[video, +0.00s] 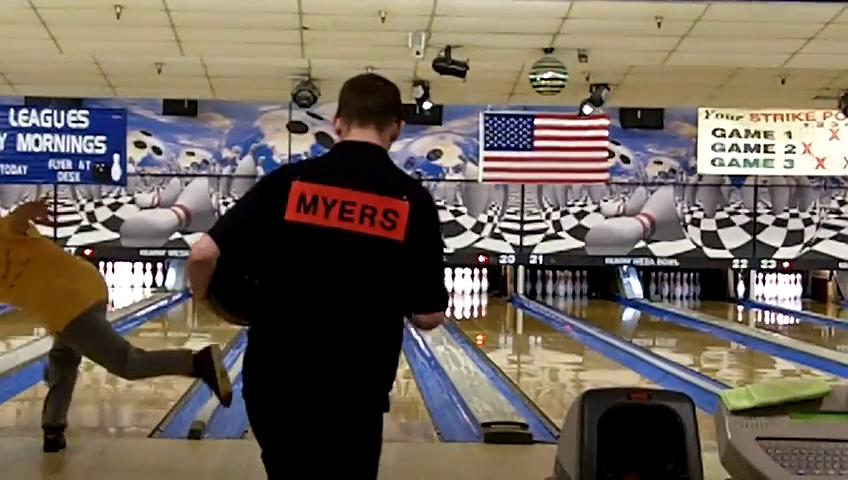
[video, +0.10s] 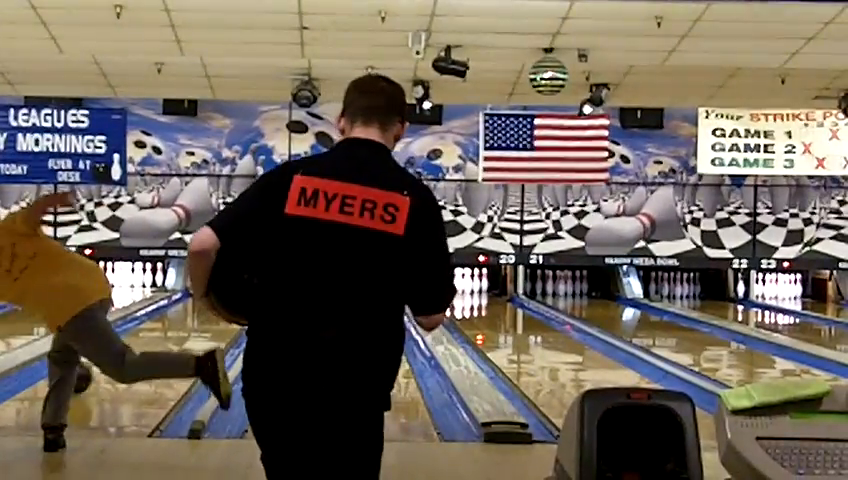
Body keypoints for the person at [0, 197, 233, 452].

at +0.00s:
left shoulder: (5, 234)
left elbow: (13, 224)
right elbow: (16, 223)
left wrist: (22, 213)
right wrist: (22, 212)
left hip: (70, 303)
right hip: (85, 289)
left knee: (128, 363)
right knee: (63, 362)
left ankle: (200, 363)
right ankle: (53, 430)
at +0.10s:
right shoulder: (11, 226)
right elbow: (37, 206)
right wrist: (62, 199)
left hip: (69, 305)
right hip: (95, 287)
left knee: (124, 367)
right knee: (62, 357)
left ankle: (202, 365)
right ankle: (53, 433)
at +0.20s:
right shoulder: (15, 224)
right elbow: (58, 204)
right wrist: (92, 187)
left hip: (69, 301)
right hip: (92, 283)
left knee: (117, 369)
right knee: (57, 358)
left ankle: (199, 387)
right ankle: (52, 430)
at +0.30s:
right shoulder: (20, 221)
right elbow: (75, 206)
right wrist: (120, 191)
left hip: (68, 303)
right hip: (93, 284)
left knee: (111, 373)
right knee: (55, 359)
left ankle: (190, 402)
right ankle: (51, 430)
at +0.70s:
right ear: (5, 195)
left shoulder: (2, 218)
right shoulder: (37, 207)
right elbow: (90, 214)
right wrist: (137, 221)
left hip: (63, 296)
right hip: (90, 286)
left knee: (93, 373)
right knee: (49, 361)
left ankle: (164, 409)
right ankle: (51, 430)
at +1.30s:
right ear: (19, 166)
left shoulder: (3, 207)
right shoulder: (53, 193)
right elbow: (106, 213)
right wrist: (148, 236)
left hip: (54, 295)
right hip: (90, 287)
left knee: (76, 370)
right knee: (52, 360)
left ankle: (145, 409)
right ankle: (51, 430)